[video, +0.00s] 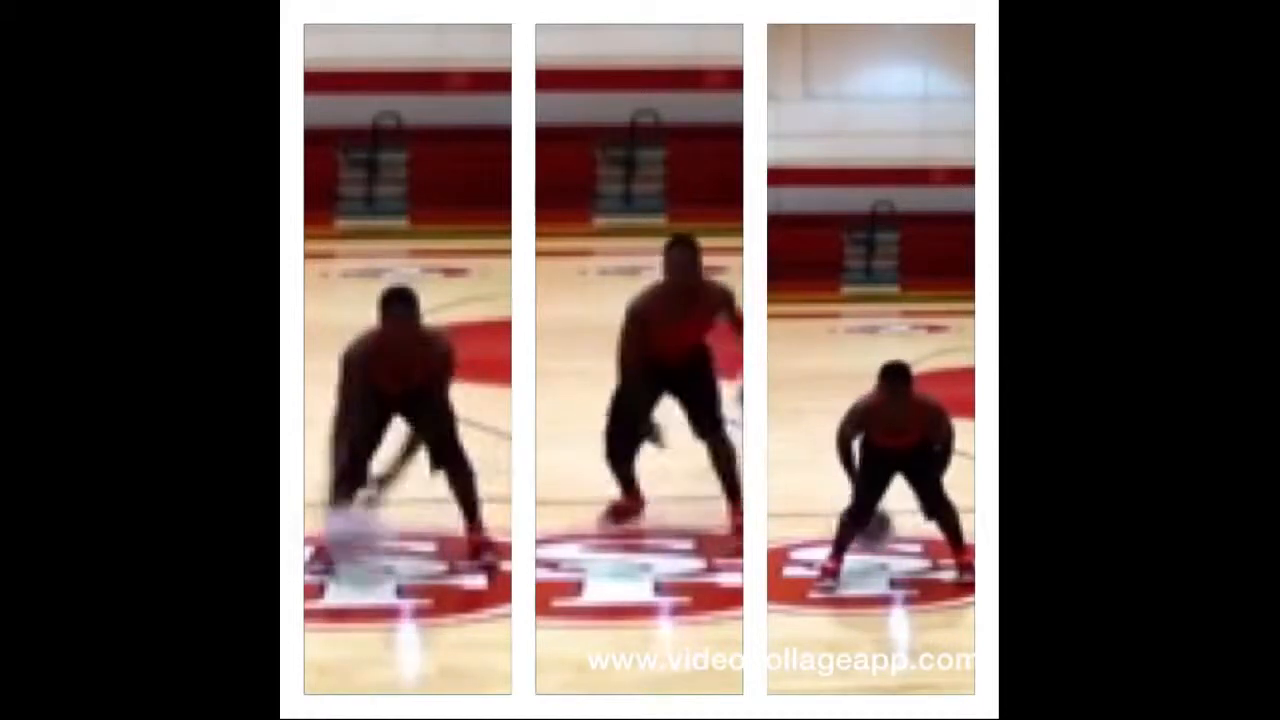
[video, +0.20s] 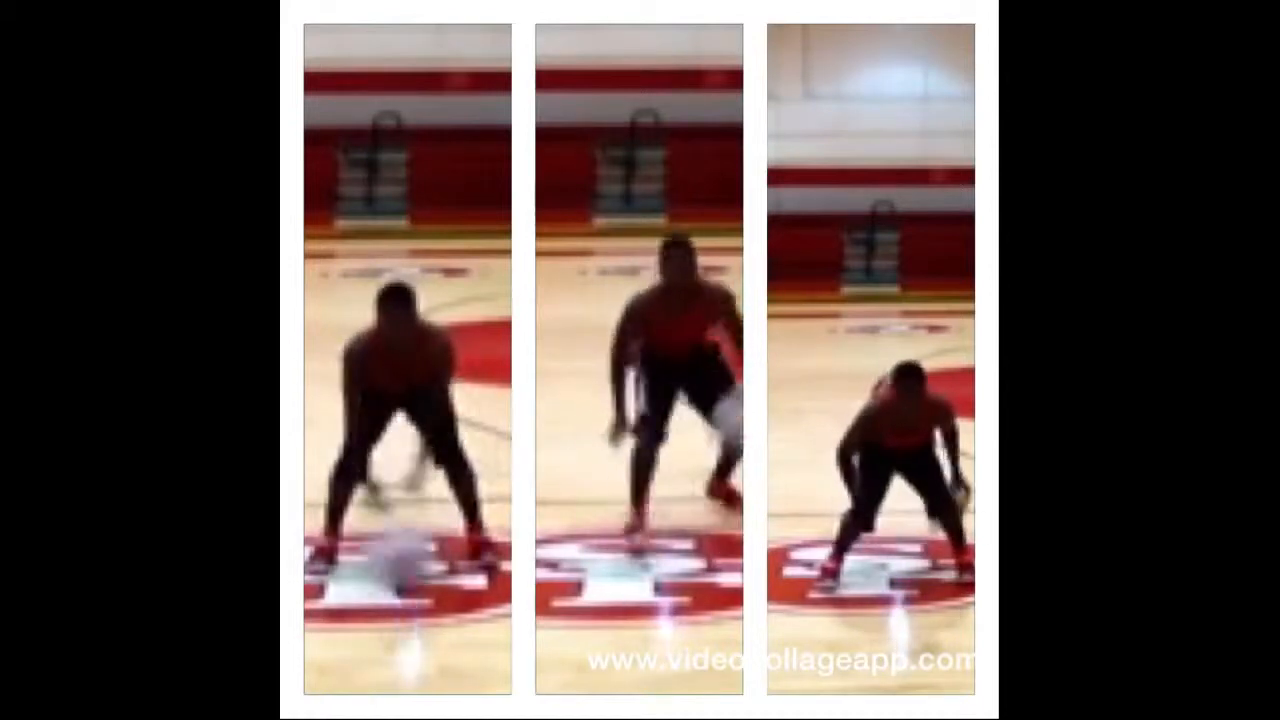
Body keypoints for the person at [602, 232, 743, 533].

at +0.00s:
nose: (681, 273)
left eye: (687, 265)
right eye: (674, 265)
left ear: (698, 265)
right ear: (665, 266)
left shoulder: (714, 298)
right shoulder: (644, 308)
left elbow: (742, 338)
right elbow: (630, 370)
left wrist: (746, 384)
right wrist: (642, 416)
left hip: (692, 366)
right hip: (647, 369)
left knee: (713, 433)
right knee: (618, 441)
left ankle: (737, 508)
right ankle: (632, 498)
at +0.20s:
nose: (678, 272)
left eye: (684, 264)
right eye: (671, 264)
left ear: (695, 265)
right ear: (661, 266)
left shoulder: (716, 300)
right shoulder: (643, 308)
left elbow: (740, 345)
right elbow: (619, 360)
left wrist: (748, 387)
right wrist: (620, 413)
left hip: (701, 364)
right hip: (657, 369)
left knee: (738, 426)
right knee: (648, 437)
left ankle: (719, 483)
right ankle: (638, 515)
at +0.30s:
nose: (676, 285)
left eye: (682, 277)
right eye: (670, 277)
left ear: (692, 278)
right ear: (659, 279)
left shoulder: (713, 316)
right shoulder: (642, 321)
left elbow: (717, 374)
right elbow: (632, 377)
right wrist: (635, 424)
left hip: (704, 383)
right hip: (663, 386)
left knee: (744, 432)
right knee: (660, 445)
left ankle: (718, 484)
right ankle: (646, 516)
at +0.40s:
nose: (667, 279)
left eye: (674, 272)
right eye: (661, 272)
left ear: (687, 272)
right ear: (654, 272)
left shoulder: (710, 308)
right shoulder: (643, 309)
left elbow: (715, 369)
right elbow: (622, 355)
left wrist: (697, 416)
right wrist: (599, 402)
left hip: (705, 373)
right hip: (663, 374)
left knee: (734, 445)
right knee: (653, 442)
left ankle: (716, 487)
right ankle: (641, 517)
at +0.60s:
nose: (665, 275)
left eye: (672, 267)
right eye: (660, 267)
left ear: (683, 268)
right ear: (651, 267)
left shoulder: (704, 303)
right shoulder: (631, 300)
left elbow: (728, 351)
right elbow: (604, 338)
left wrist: (732, 395)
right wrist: (591, 381)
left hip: (696, 363)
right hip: (652, 360)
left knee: (707, 423)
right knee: (626, 427)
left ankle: (739, 491)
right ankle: (636, 500)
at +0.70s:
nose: (670, 282)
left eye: (676, 274)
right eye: (664, 274)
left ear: (685, 275)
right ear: (653, 275)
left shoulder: (702, 313)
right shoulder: (632, 313)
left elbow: (722, 367)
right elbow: (633, 371)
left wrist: (718, 411)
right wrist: (650, 420)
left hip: (691, 379)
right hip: (648, 377)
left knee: (704, 439)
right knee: (610, 431)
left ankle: (723, 509)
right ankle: (635, 501)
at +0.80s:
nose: (673, 280)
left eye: (678, 272)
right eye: (665, 273)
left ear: (688, 272)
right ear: (655, 273)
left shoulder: (706, 305)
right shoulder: (635, 311)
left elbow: (726, 348)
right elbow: (634, 373)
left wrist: (743, 385)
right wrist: (654, 416)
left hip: (690, 375)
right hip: (647, 375)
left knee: (703, 436)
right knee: (614, 438)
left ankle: (723, 509)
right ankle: (636, 502)